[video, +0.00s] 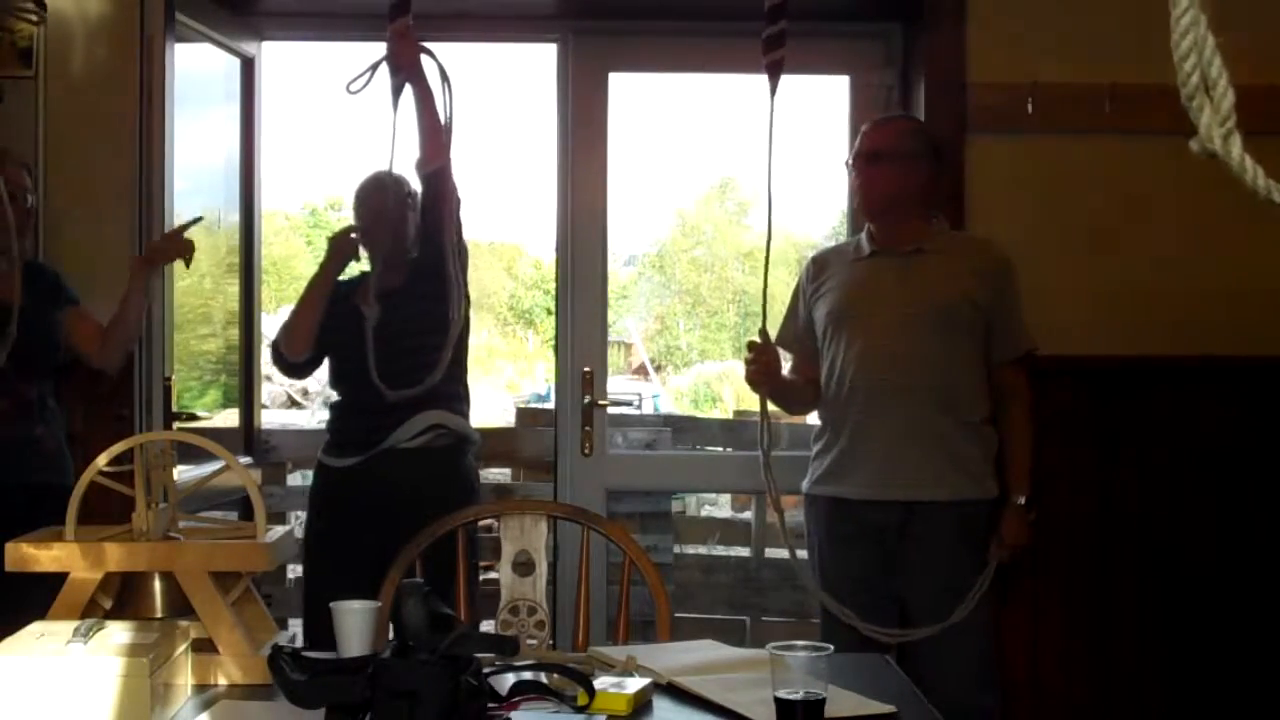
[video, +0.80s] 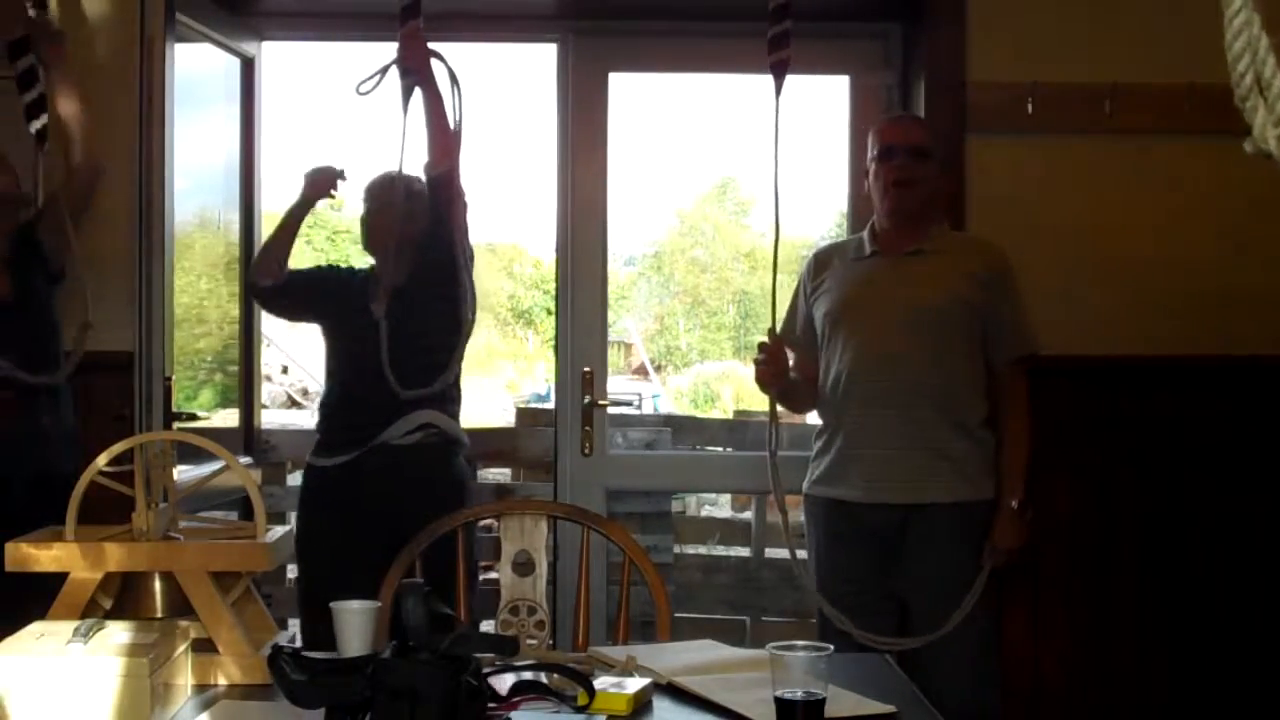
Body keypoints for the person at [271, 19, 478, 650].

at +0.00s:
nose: (397, 209)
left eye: (405, 201)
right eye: (381, 202)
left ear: (420, 216)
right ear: (358, 223)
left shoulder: (439, 276)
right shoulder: (340, 297)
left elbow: (436, 165)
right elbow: (289, 359)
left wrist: (414, 76)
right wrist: (329, 267)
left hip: (429, 465)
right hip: (348, 469)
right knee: (332, 637)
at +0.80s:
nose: (374, 215)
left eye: (390, 205)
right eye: (370, 207)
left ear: (423, 222)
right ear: (365, 224)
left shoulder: (444, 285)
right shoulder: (342, 289)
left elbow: (444, 173)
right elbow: (264, 285)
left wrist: (425, 78)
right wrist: (302, 204)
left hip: (422, 475)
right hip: (339, 476)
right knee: (331, 645)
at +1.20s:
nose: (399, 197)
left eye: (412, 192)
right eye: (387, 192)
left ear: (429, 215)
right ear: (372, 218)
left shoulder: (444, 277)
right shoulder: (344, 278)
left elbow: (446, 171)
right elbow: (291, 208)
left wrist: (423, 81)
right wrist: (325, 116)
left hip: (420, 466)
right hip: (335, 464)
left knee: (425, 630)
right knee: (332, 641)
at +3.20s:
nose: (428, 205)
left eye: (439, 196)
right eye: (415, 196)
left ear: (453, 213)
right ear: (393, 215)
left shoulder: (466, 279)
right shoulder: (365, 271)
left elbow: (466, 173)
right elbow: (328, 185)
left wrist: (432, 80)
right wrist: (366, 90)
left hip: (437, 465)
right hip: (350, 464)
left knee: (447, 636)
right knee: (349, 643)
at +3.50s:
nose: (408, 213)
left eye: (418, 203)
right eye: (395, 202)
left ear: (435, 218)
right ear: (373, 220)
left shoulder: (453, 277)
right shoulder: (349, 272)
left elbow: (463, 182)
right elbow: (318, 188)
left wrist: (430, 86)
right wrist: (358, 93)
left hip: (429, 463)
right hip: (341, 463)